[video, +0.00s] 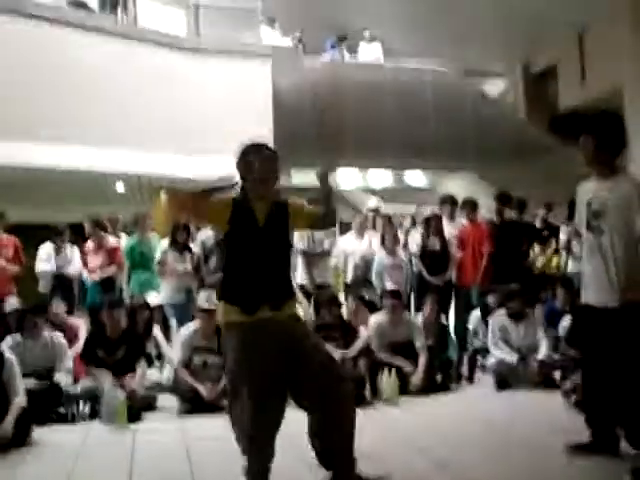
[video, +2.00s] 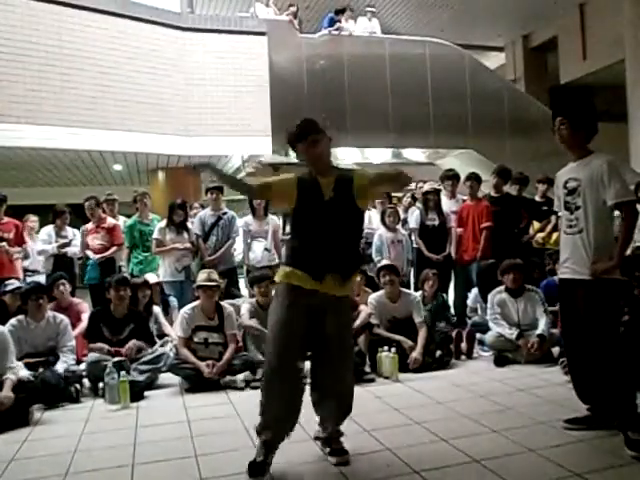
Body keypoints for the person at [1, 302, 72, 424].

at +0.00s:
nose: (33, 329)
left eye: (37, 324)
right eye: (30, 324)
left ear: (45, 324)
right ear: (23, 324)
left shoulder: (57, 342)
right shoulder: (12, 343)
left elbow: (66, 372)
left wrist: (57, 382)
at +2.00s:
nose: (40, 302)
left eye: (42, 298)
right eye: (35, 299)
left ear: (48, 301)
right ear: (26, 304)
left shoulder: (61, 322)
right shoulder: (14, 326)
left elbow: (68, 353)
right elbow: (10, 359)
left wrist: (56, 372)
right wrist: (26, 375)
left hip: (53, 368)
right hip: (27, 371)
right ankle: (67, 394)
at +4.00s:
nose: (40, 303)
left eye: (42, 299)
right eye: (34, 300)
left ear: (47, 301)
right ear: (25, 305)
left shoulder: (60, 321)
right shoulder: (15, 325)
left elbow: (68, 352)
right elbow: (10, 357)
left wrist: (58, 372)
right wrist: (24, 374)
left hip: (53, 367)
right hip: (27, 369)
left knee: (75, 374)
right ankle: (66, 394)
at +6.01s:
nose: (46, 304)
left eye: (48, 300)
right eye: (41, 301)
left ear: (53, 302)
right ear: (31, 305)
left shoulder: (64, 323)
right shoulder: (18, 328)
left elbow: (72, 353)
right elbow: (15, 359)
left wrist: (63, 373)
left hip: (59, 368)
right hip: (33, 372)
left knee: (79, 375)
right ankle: (69, 397)